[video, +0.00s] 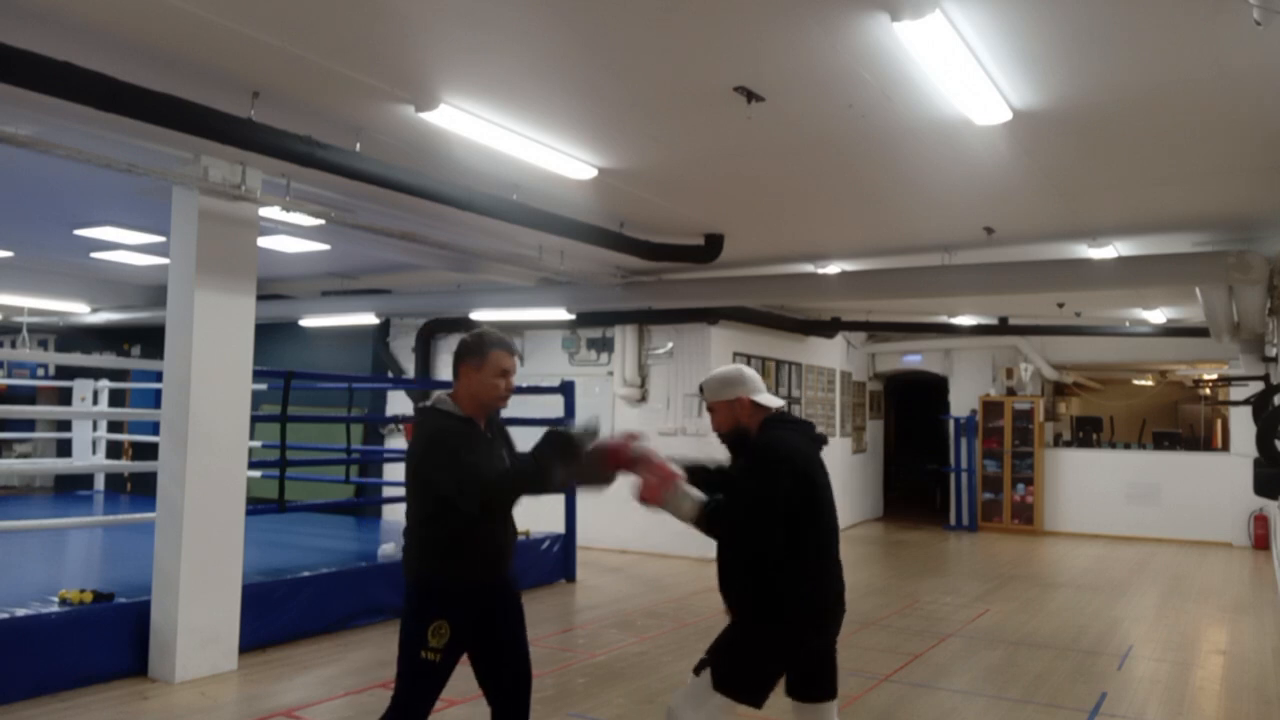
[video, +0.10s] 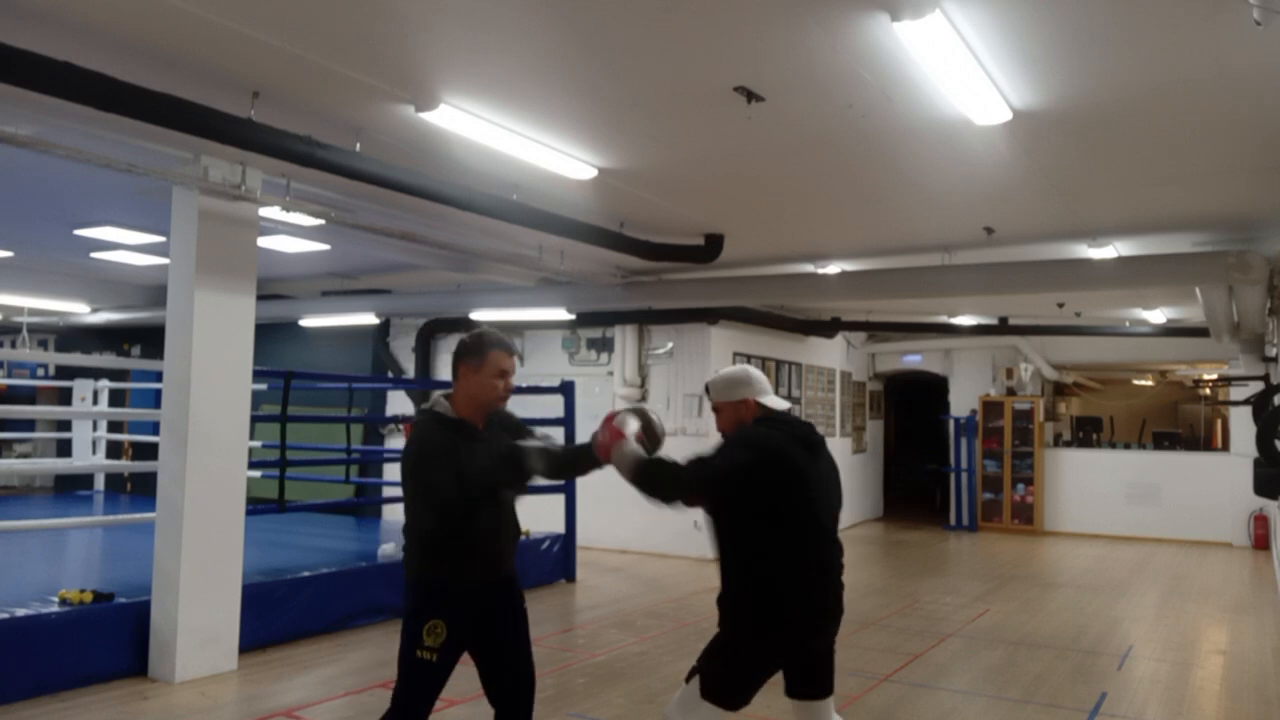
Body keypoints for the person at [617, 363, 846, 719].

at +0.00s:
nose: (712, 425)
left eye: (714, 412)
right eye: (710, 414)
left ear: (742, 405)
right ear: (744, 405)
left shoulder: (771, 452)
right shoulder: (786, 442)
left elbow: (738, 525)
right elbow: (729, 481)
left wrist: (675, 499)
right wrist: (664, 470)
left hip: (774, 615)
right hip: (814, 609)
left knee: (692, 709)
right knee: (816, 711)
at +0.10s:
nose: (716, 423)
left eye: (719, 412)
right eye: (715, 413)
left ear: (747, 407)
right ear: (754, 405)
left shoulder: (746, 451)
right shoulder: (808, 443)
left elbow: (681, 485)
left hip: (761, 615)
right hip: (818, 608)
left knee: (689, 708)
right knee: (817, 709)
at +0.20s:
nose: (712, 414)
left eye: (713, 402)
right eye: (709, 404)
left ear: (741, 397)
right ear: (747, 395)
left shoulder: (746, 440)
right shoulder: (803, 431)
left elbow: (677, 485)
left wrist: (635, 449)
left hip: (765, 607)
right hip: (812, 600)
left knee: (696, 707)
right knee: (815, 709)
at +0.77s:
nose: (786, 411)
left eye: (787, 401)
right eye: (784, 402)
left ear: (808, 395)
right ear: (826, 392)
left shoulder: (813, 440)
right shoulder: (875, 431)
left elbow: (748, 489)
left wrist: (738, 428)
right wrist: (782, 450)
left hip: (825, 601)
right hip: (881, 594)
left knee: (775, 705)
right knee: (885, 702)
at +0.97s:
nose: (784, 406)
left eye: (787, 393)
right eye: (783, 395)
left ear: (815, 388)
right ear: (822, 387)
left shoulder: (839, 434)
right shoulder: (868, 425)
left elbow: (805, 516)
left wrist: (770, 460)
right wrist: (784, 455)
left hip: (835, 600)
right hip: (875, 595)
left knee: (777, 707)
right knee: (877, 705)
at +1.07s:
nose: (777, 412)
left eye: (779, 398)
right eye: (775, 400)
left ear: (810, 393)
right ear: (814, 392)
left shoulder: (843, 439)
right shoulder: (863, 428)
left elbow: (808, 527)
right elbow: (813, 520)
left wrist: (757, 472)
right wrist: (762, 474)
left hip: (834, 609)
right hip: (870, 601)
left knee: (776, 709)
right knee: (869, 706)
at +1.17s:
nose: (771, 406)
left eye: (774, 393)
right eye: (770, 395)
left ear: (804, 388)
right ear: (805, 388)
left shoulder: (838, 433)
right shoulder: (857, 424)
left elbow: (812, 525)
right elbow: (814, 521)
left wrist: (765, 464)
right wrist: (758, 482)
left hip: (834, 606)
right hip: (868, 599)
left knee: (788, 707)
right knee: (873, 704)